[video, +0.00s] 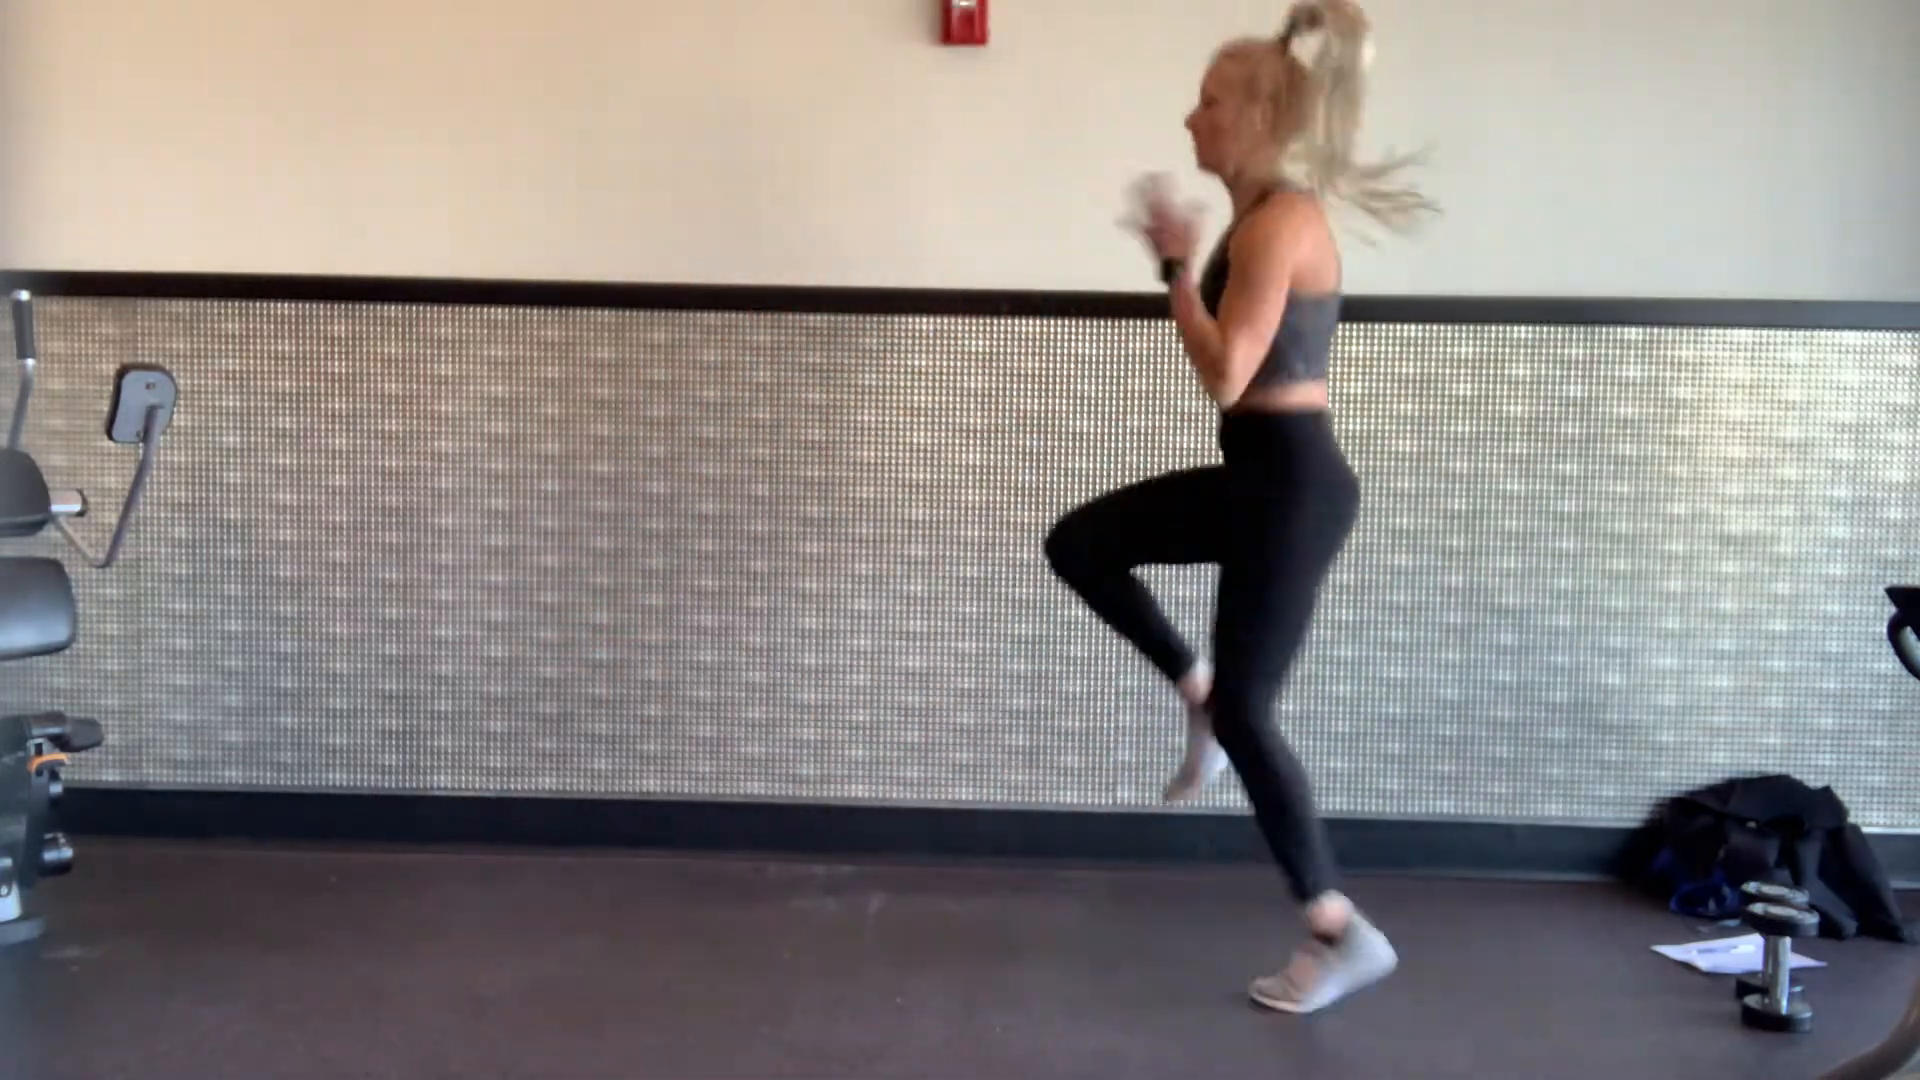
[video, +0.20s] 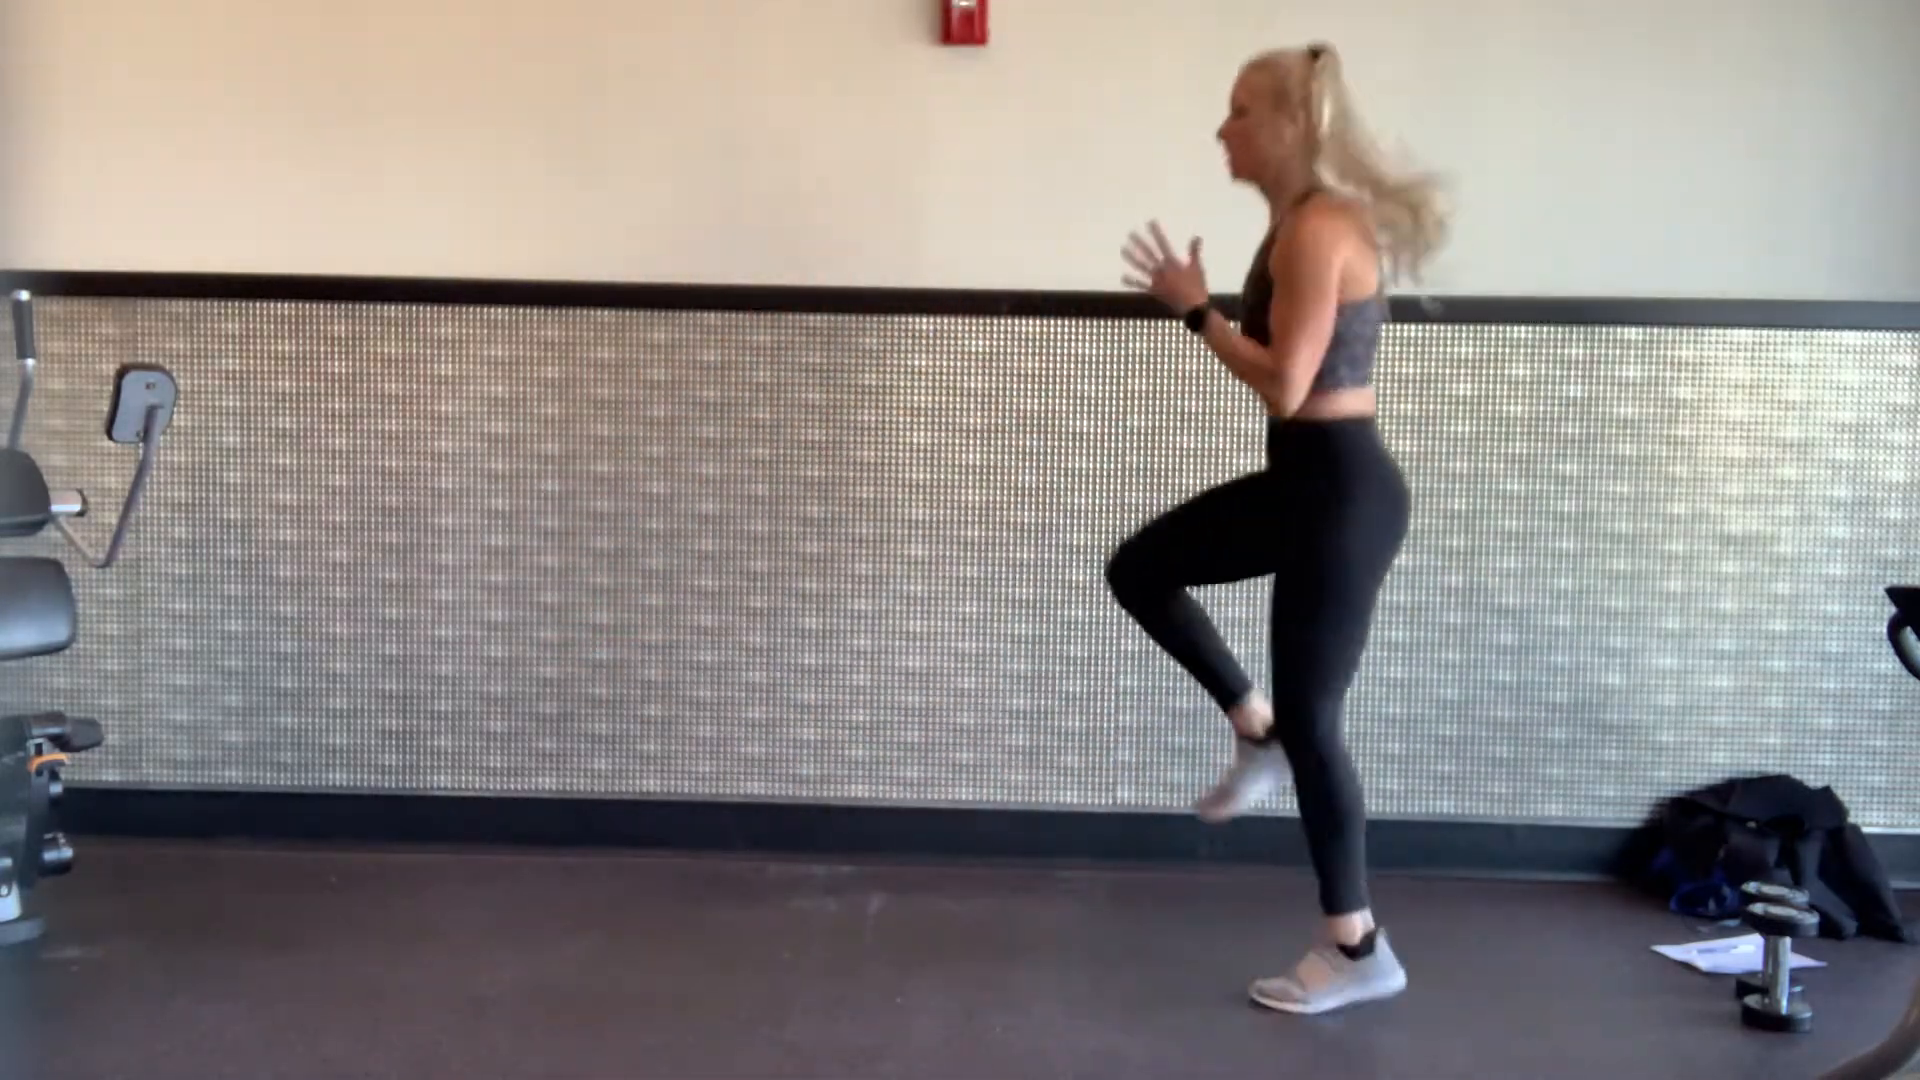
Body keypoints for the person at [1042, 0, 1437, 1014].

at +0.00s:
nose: (1193, 117)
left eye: (1210, 103)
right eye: (1199, 100)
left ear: (1258, 122)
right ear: (1263, 124)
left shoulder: (1282, 223)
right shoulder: (1267, 217)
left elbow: (1224, 374)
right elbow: (1232, 351)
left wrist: (1180, 276)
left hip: (1294, 490)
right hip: (1261, 482)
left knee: (1241, 707)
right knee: (1080, 543)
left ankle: (1338, 928)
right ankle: (1200, 691)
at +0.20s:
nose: (1223, 130)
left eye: (1239, 115)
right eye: (1229, 113)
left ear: (1289, 128)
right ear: (1289, 131)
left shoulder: (1321, 231)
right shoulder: (1311, 223)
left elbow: (1284, 384)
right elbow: (1291, 364)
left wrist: (1197, 311)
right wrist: (1203, 309)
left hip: (1342, 496)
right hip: (1309, 487)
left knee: (1306, 718)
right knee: (1140, 571)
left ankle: (1355, 945)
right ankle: (1258, 731)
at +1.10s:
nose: (1216, 418)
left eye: (1230, 405)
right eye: (1219, 403)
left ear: (1282, 420)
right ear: (1284, 423)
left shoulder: (1326, 503)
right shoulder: (1289, 500)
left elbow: (1223, 630)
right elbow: (1195, 602)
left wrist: (1184, 521)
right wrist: (1175, 513)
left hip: (1501, 692)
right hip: (1440, 675)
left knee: (1332, 776)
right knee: (1288, 724)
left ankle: (1422, 1008)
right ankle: (1359, 908)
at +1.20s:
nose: (1206, 404)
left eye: (1220, 390)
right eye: (1210, 388)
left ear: (1272, 404)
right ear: (1276, 406)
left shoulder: (1316, 487)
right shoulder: (1279, 484)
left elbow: (1206, 609)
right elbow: (1184, 583)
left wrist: (1168, 498)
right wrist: (1160, 492)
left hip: (1492, 680)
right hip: (1433, 665)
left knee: (1331, 775)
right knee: (1289, 722)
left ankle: (1421, 1007)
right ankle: (1359, 907)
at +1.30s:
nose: (1192, 401)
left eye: (1205, 387)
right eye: (1195, 386)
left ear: (1256, 400)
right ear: (1260, 402)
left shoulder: (1298, 483)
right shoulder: (1263, 480)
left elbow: (1181, 597)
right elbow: (1166, 573)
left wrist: (1136, 483)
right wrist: (1133, 478)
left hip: (1481, 672)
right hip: (1423, 660)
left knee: (1329, 776)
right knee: (1283, 723)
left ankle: (1420, 1006)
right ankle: (1358, 905)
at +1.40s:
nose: (1168, 408)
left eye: (1181, 394)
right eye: (1171, 392)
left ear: (1230, 407)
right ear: (1232, 409)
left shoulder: (1277, 488)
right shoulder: (1242, 485)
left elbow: (1148, 593)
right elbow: (1142, 566)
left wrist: (1063, 509)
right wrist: (1062, 508)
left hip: (1469, 669)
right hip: (1412, 658)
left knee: (1321, 782)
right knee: (1274, 727)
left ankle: (1419, 1007)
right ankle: (1357, 906)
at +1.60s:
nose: (1104, 397)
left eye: (1115, 380)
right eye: (1106, 380)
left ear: (1166, 383)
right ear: (1165, 384)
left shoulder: (1221, 465)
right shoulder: (1188, 471)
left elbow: (1204, 614)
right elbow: (1161, 596)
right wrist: (1086, 693)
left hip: (1400, 651)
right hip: (1347, 649)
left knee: (1269, 811)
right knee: (1232, 747)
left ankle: (1414, 1008)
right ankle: (1350, 906)